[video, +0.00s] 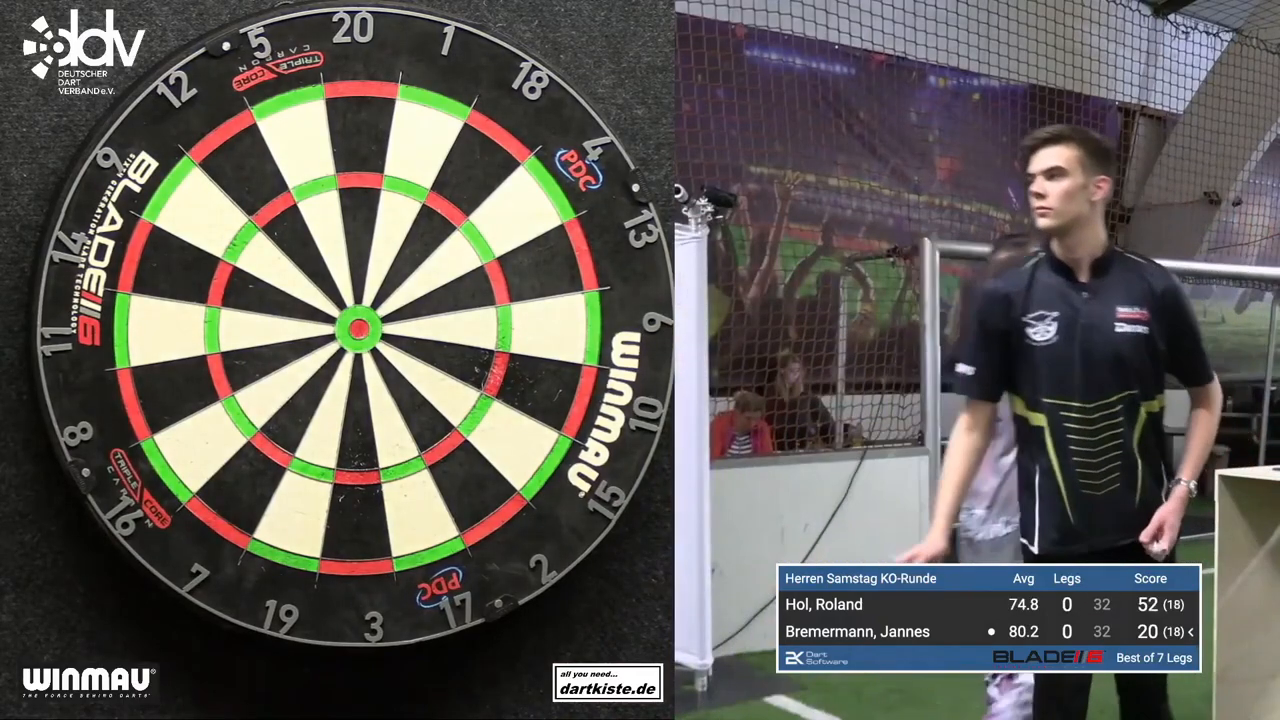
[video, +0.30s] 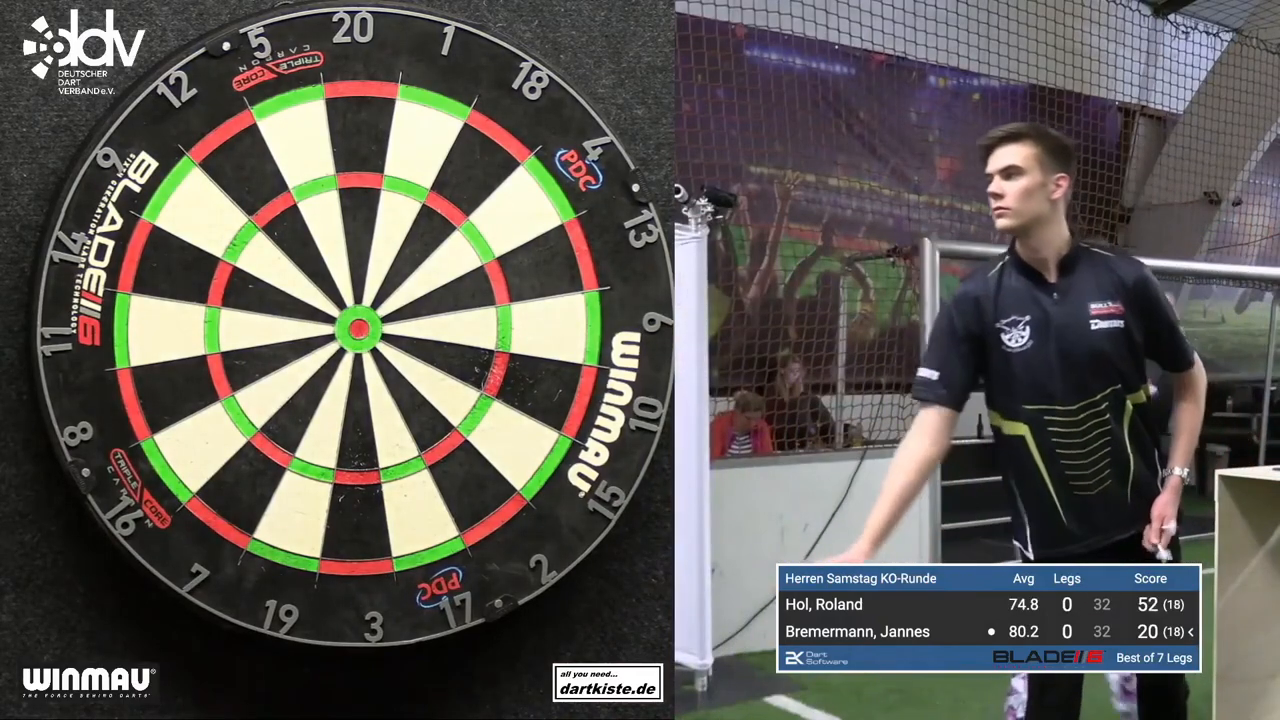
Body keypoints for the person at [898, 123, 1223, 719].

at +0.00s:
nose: (1036, 190)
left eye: (1053, 176)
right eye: (1031, 180)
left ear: (1100, 188)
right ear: (1027, 193)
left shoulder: (1154, 289)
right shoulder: (1007, 296)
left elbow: (1207, 397)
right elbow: (974, 424)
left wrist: (1180, 495)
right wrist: (939, 530)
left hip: (1141, 534)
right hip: (1052, 538)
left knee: (1147, 698)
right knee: (1058, 702)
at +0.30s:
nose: (993, 189)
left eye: (1011, 175)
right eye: (990, 179)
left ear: (1059, 185)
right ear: (987, 192)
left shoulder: (1124, 281)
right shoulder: (974, 306)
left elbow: (1190, 381)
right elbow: (929, 432)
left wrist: (1174, 483)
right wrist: (865, 546)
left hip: (1137, 534)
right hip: (1045, 546)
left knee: (1159, 695)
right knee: (1046, 703)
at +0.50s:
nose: (978, 193)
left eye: (996, 178)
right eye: (976, 182)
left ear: (1045, 190)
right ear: (976, 196)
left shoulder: (1116, 280)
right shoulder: (965, 305)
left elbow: (1186, 374)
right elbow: (891, 408)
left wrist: (1175, 479)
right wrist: (799, 520)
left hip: (1140, 527)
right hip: (1049, 541)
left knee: (1162, 692)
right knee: (1051, 699)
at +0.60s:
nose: (976, 193)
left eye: (993, 178)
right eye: (972, 183)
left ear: (1042, 189)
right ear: (970, 198)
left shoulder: (1114, 279)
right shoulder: (964, 299)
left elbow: (1182, 371)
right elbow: (864, 384)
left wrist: (1174, 478)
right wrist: (753, 463)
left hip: (1145, 526)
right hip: (1054, 543)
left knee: (1164, 694)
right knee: (1050, 703)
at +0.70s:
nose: (974, 192)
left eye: (991, 178)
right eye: (970, 183)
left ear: (1040, 190)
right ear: (972, 198)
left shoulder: (1111, 279)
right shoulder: (962, 297)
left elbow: (1182, 374)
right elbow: (844, 364)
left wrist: (1171, 480)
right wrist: (714, 377)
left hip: (1141, 528)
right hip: (1049, 544)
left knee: (1163, 695)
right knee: (1049, 704)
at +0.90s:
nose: (972, 193)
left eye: (988, 178)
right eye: (969, 183)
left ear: (1039, 190)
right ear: (967, 198)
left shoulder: (1109, 280)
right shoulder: (961, 295)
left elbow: (1178, 378)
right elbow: (849, 352)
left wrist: (1167, 481)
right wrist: (725, 277)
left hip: (1138, 527)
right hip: (1047, 541)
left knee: (1161, 692)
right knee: (1049, 700)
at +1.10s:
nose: (970, 194)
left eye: (988, 179)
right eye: (967, 183)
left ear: (1036, 190)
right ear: (967, 199)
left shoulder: (1110, 278)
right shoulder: (961, 297)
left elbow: (1176, 373)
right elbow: (845, 350)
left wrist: (1164, 479)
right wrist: (791, 232)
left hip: (1136, 527)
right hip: (1045, 543)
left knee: (1157, 691)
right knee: (1049, 700)